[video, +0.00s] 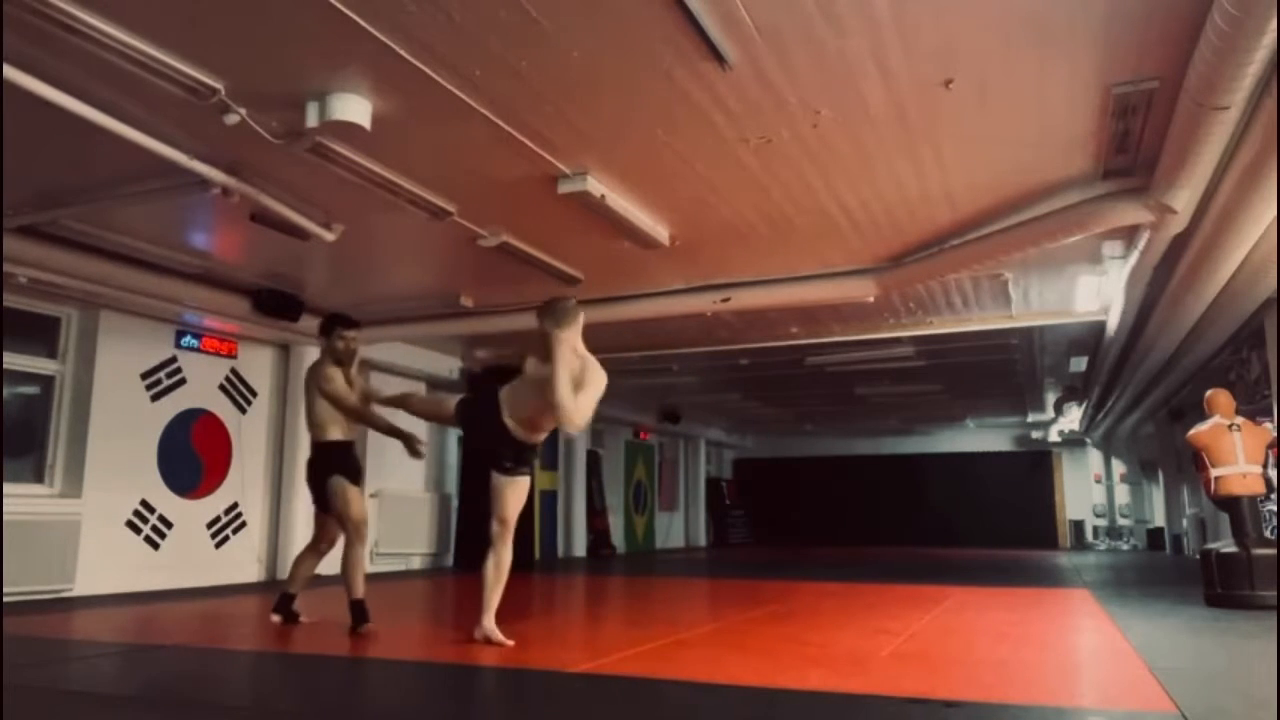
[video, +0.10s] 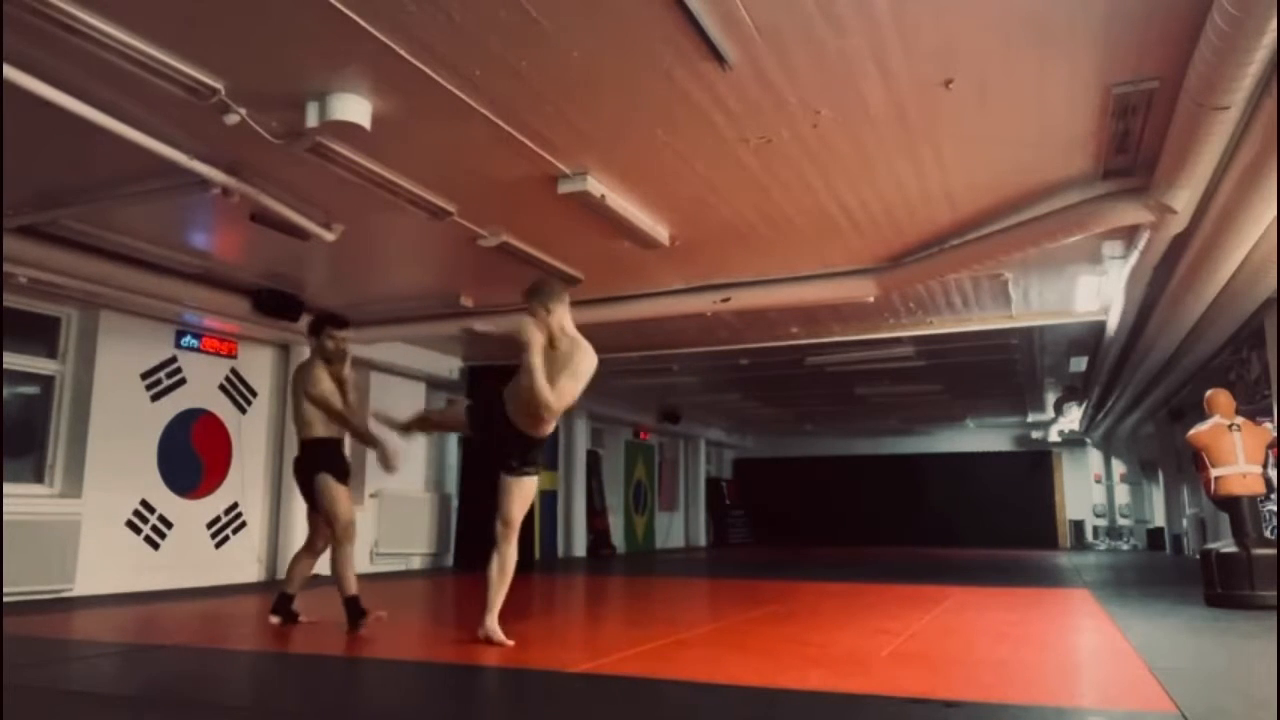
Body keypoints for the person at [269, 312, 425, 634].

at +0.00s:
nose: (350, 346)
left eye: (354, 340)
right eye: (343, 339)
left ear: (357, 342)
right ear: (326, 340)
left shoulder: (348, 372)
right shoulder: (323, 372)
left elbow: (371, 400)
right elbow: (355, 410)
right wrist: (402, 436)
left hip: (344, 458)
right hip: (329, 459)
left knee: (324, 540)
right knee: (357, 531)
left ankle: (285, 602)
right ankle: (359, 614)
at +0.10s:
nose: (340, 346)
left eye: (344, 340)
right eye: (333, 339)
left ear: (346, 341)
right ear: (316, 340)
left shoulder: (331, 372)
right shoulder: (310, 372)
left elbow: (352, 416)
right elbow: (339, 413)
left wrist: (345, 380)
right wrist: (378, 445)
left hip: (332, 457)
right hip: (317, 458)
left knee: (317, 541)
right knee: (344, 530)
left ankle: (283, 603)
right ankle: (355, 611)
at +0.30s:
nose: (329, 342)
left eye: (333, 336)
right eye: (322, 335)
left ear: (334, 338)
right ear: (303, 336)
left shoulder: (322, 369)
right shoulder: (297, 370)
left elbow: (345, 409)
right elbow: (317, 419)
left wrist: (336, 378)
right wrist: (337, 461)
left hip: (317, 448)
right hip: (302, 449)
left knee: (307, 535)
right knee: (338, 522)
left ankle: (282, 599)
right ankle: (312, 599)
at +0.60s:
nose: (330, 338)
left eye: (333, 332)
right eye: (324, 331)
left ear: (332, 336)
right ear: (305, 333)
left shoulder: (324, 370)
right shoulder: (299, 366)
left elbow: (332, 416)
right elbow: (298, 411)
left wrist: (341, 384)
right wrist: (330, 444)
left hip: (311, 449)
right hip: (300, 447)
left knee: (300, 534)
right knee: (326, 524)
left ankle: (279, 602)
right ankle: (292, 601)